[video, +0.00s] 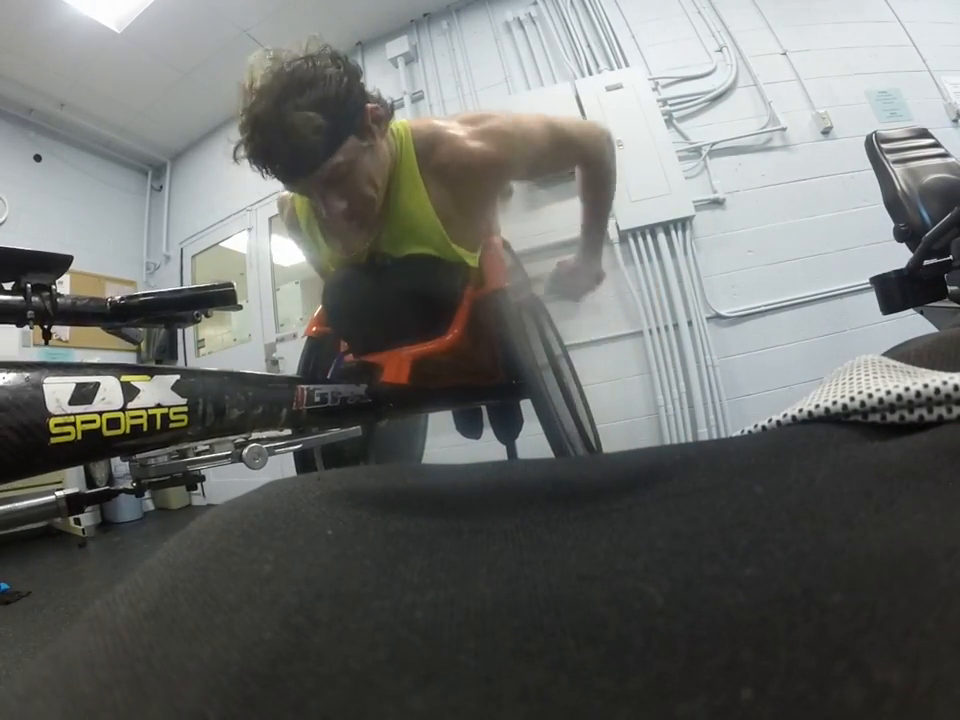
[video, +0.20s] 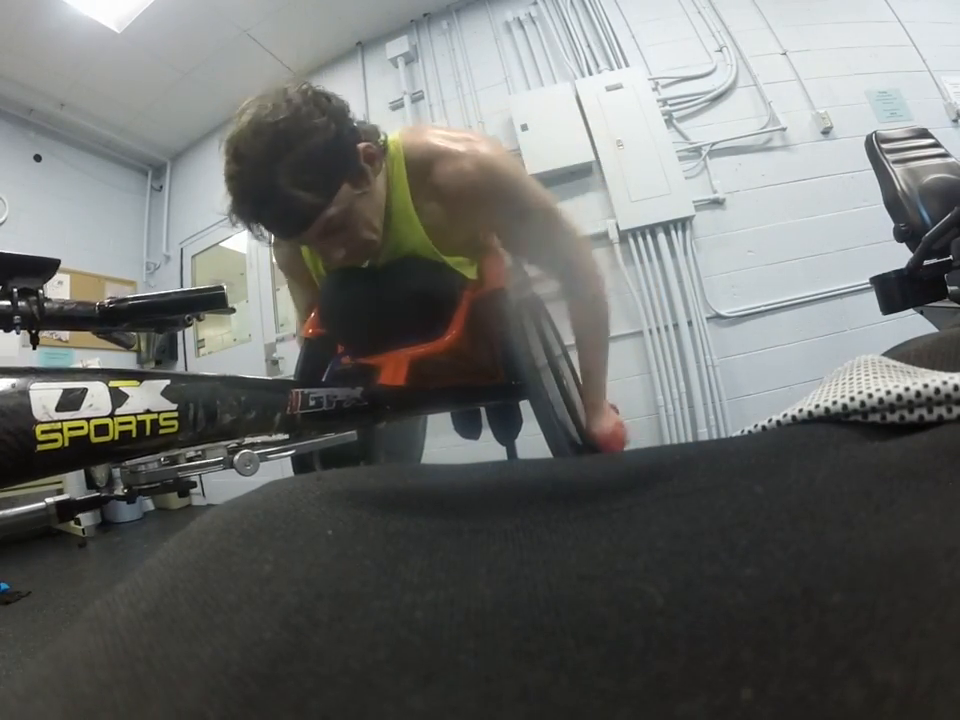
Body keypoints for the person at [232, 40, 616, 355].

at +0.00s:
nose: (334, 210)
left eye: (339, 178)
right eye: (308, 196)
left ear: (375, 125)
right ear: (288, 186)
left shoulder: (462, 153)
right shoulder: (297, 214)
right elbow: (340, 279)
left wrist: (589, 260)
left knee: (356, 300)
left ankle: (494, 390)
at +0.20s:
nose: (332, 253)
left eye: (338, 226)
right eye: (309, 242)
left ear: (370, 161)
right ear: (284, 231)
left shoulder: (467, 174)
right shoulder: (293, 249)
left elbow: (581, 272)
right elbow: (320, 335)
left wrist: (597, 405)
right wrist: (314, 399)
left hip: (491, 303)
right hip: (396, 332)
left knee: (404, 289)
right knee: (346, 300)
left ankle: (491, 387)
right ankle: (463, 391)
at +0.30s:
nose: (325, 249)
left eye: (329, 218)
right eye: (301, 236)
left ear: (367, 158)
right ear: (280, 229)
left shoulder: (459, 179)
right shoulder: (299, 252)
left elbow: (563, 275)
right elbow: (338, 337)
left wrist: (601, 377)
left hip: (494, 314)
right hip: (410, 334)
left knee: (408, 289)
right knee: (348, 303)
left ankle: (502, 382)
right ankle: (462, 392)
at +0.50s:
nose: (326, 197)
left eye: (333, 165)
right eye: (301, 181)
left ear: (376, 120)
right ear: (285, 174)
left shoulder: (465, 162)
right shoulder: (296, 214)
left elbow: (591, 161)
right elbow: (338, 277)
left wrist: (594, 261)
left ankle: (494, 394)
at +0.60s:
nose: (346, 241)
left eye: (354, 213)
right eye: (324, 226)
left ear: (381, 146)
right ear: (283, 209)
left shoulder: (460, 153)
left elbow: (600, 150)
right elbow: (293, 256)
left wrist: (576, 274)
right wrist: (328, 316)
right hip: (373, 315)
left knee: (425, 285)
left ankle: (488, 388)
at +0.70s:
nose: (365, 271)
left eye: (367, 245)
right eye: (343, 267)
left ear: (382, 179)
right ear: (305, 255)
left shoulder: (468, 173)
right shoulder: (307, 244)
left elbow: (593, 254)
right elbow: (310, 335)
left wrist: (594, 397)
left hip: (476, 305)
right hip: (386, 334)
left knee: (409, 280)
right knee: (348, 305)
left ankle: (492, 383)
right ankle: (460, 386)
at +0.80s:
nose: (358, 274)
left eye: (357, 246)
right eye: (332, 268)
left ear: (372, 179)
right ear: (296, 262)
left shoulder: (461, 182)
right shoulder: (301, 248)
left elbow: (570, 281)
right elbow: (335, 323)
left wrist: (605, 375)